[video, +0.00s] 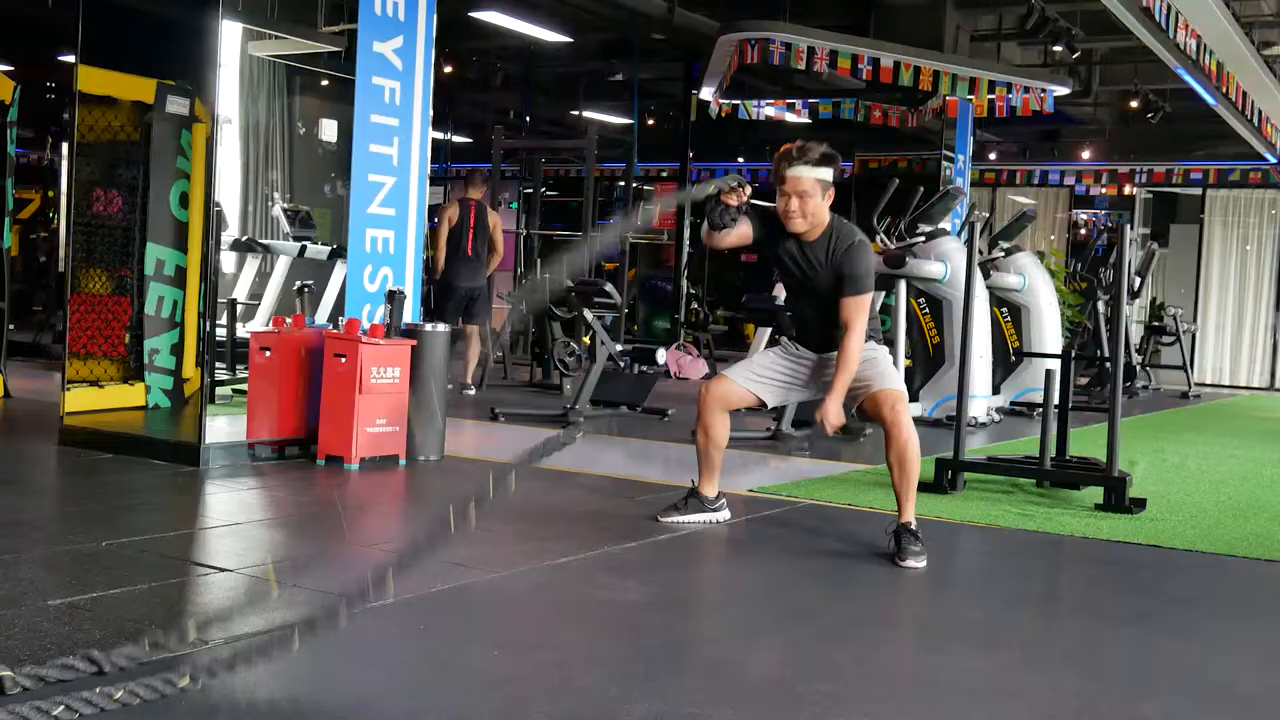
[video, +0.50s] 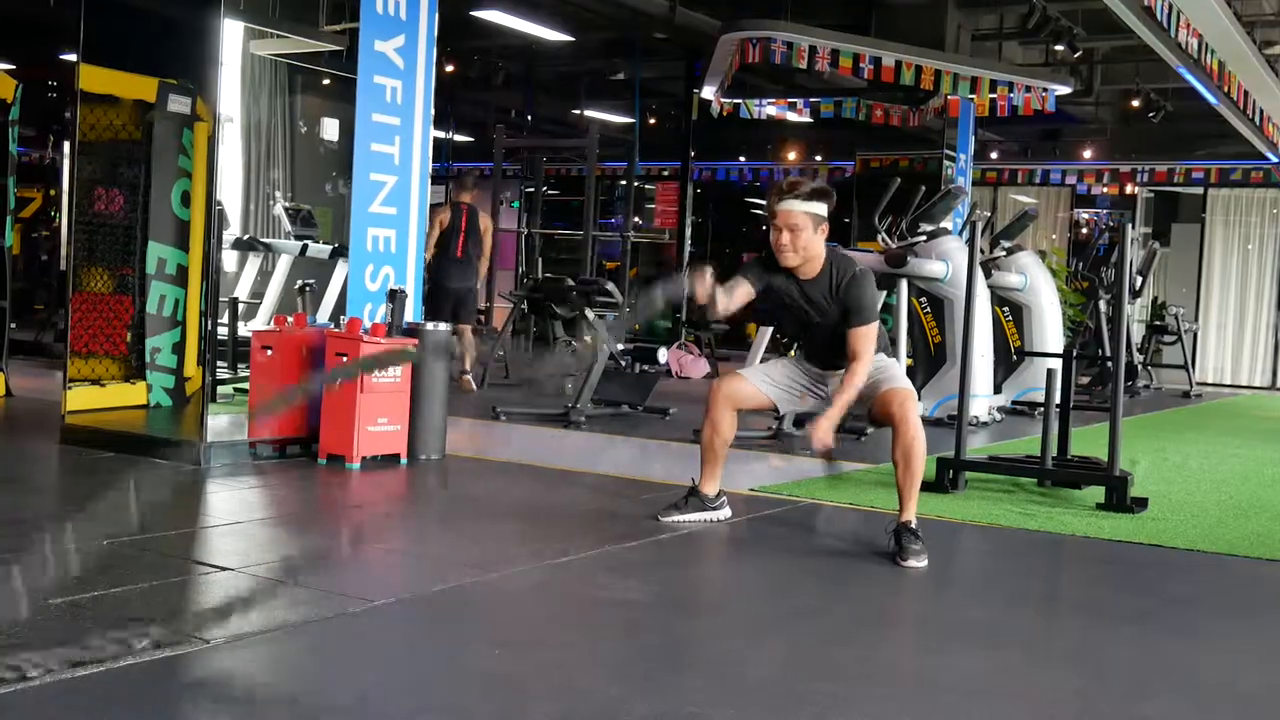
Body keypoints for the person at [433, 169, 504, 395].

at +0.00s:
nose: (471, 192)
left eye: (465, 187)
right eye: (480, 189)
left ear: (463, 187)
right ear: (484, 190)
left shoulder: (450, 210)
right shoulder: (493, 217)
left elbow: (440, 247)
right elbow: (498, 252)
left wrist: (438, 275)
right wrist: (483, 273)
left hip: (452, 281)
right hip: (478, 283)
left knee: (441, 331)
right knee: (473, 331)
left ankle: (438, 379)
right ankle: (468, 381)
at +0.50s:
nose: (460, 195)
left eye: (456, 190)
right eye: (468, 191)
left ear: (453, 190)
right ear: (474, 192)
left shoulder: (441, 214)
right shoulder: (485, 220)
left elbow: (429, 249)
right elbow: (485, 256)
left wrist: (421, 270)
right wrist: (477, 283)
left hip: (442, 283)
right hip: (468, 284)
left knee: (437, 329)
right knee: (465, 329)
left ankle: (434, 375)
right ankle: (466, 370)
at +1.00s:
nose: (467, 198)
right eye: (469, 195)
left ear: (451, 193)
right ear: (470, 195)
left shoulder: (434, 214)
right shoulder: (476, 219)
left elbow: (421, 242)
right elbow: (480, 254)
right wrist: (478, 282)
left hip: (436, 279)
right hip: (462, 281)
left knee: (435, 327)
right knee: (462, 327)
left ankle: (433, 371)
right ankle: (460, 373)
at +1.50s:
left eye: (470, 195)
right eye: (484, 199)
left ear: (468, 195)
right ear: (487, 199)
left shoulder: (453, 214)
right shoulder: (494, 226)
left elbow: (440, 246)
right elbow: (496, 260)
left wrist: (440, 268)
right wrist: (489, 286)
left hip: (447, 278)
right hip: (471, 282)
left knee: (438, 323)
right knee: (468, 329)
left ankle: (435, 371)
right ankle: (462, 374)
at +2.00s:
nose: (461, 198)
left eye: (462, 194)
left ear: (466, 195)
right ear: (484, 199)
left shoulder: (452, 216)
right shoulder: (494, 226)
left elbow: (441, 248)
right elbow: (493, 259)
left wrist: (437, 265)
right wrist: (479, 282)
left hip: (445, 281)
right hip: (470, 284)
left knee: (438, 326)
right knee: (466, 329)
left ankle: (435, 372)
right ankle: (462, 373)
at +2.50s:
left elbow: (424, 261)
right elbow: (467, 257)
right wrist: (470, 276)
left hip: (436, 284)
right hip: (458, 282)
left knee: (438, 326)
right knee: (476, 314)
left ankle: (439, 366)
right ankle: (475, 351)